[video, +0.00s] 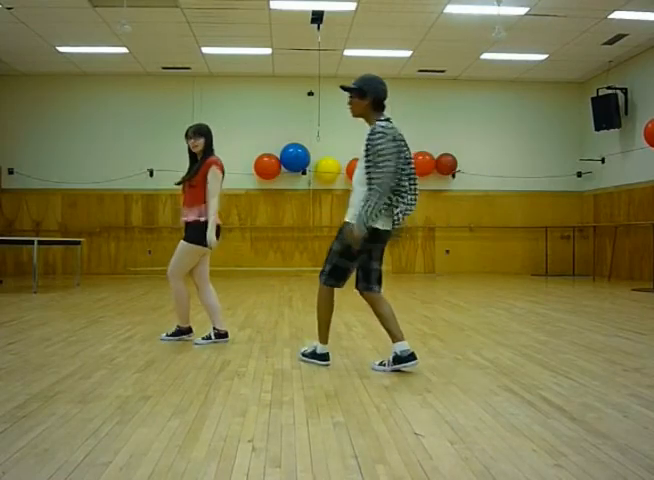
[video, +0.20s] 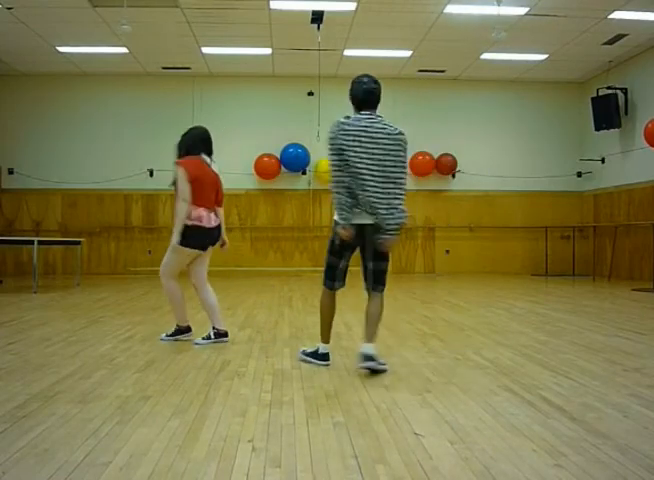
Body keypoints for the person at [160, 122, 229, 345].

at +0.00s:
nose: (193, 142)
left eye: (197, 137)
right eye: (190, 138)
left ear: (207, 140)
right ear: (187, 142)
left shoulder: (213, 165)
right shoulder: (197, 164)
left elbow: (213, 197)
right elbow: (195, 197)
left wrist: (211, 228)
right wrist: (188, 223)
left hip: (200, 226)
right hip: (195, 224)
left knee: (174, 273)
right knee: (202, 281)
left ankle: (183, 326)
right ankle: (220, 330)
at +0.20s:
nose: (179, 145)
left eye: (182, 141)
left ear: (185, 143)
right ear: (206, 146)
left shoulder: (183, 166)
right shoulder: (212, 170)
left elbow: (184, 200)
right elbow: (219, 205)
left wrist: (176, 234)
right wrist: (222, 233)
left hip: (192, 231)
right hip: (211, 231)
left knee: (167, 273)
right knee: (199, 279)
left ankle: (182, 326)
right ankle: (219, 329)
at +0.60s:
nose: (214, 147)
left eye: (213, 143)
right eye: (212, 143)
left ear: (194, 141)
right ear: (202, 142)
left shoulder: (198, 161)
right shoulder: (192, 155)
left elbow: (201, 198)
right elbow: (191, 193)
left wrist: (219, 201)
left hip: (200, 222)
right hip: (194, 222)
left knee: (203, 279)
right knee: (203, 279)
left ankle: (164, 315)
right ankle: (179, 327)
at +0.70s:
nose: (212, 144)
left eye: (213, 140)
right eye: (208, 139)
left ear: (212, 144)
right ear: (197, 140)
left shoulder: (211, 167)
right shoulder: (181, 165)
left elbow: (223, 189)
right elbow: (177, 173)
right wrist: (175, 145)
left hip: (211, 221)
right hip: (188, 220)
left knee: (209, 278)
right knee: (195, 277)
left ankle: (183, 319)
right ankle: (182, 326)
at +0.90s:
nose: (209, 143)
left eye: (213, 139)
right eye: (205, 139)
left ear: (217, 143)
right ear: (196, 141)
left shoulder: (220, 166)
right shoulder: (182, 167)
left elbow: (251, 181)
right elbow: (159, 185)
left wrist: (243, 154)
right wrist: (170, 160)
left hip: (214, 226)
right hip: (186, 225)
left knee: (209, 278)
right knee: (189, 279)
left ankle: (215, 326)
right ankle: (197, 327)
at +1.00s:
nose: (208, 141)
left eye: (211, 137)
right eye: (203, 137)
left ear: (216, 141)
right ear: (195, 140)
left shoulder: (222, 164)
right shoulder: (183, 166)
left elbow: (254, 179)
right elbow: (158, 177)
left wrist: (239, 153)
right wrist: (163, 150)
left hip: (214, 224)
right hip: (186, 224)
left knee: (208, 277)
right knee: (187, 279)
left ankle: (216, 326)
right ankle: (201, 327)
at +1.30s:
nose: (208, 136)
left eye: (212, 133)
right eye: (204, 133)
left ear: (218, 136)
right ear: (197, 136)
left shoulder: (225, 160)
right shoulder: (187, 163)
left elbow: (251, 182)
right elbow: (167, 187)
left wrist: (255, 163)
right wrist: (162, 163)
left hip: (216, 222)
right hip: (189, 221)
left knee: (211, 276)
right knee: (192, 277)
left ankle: (222, 326)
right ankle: (201, 327)